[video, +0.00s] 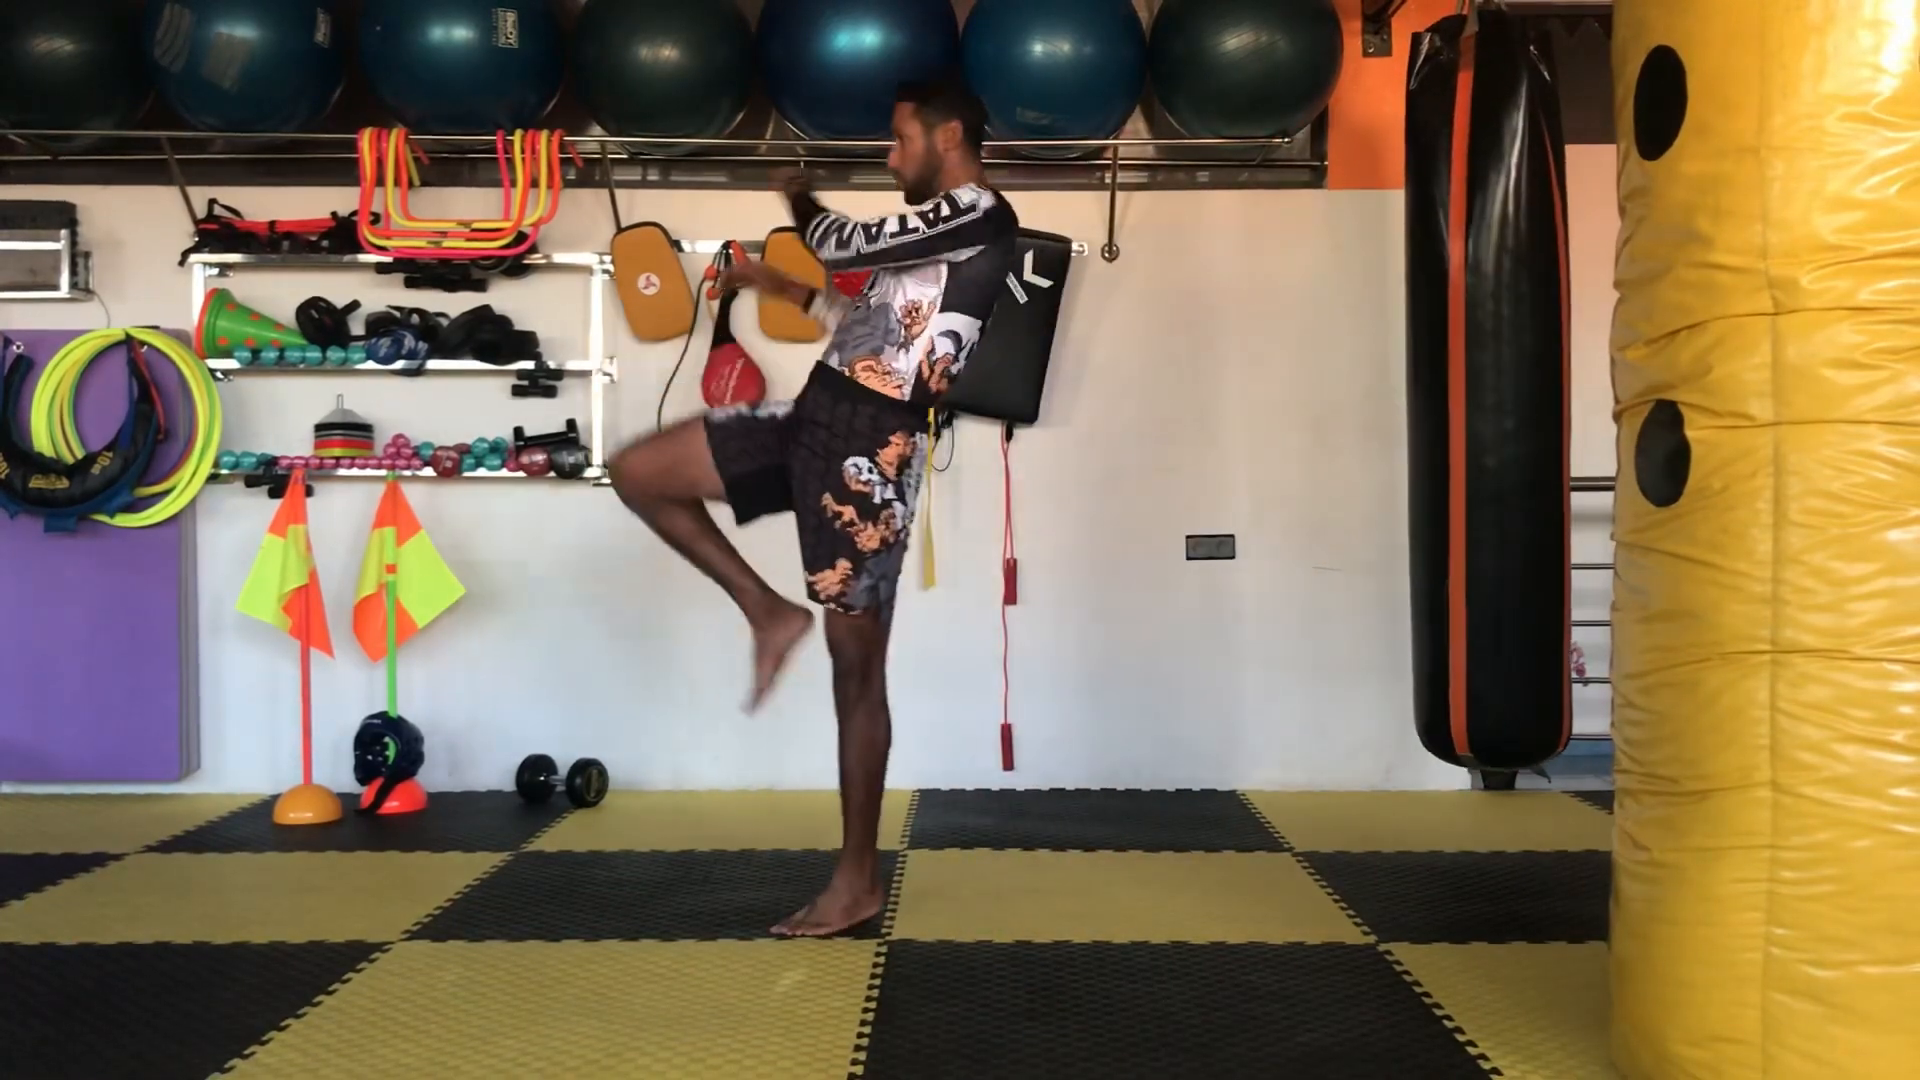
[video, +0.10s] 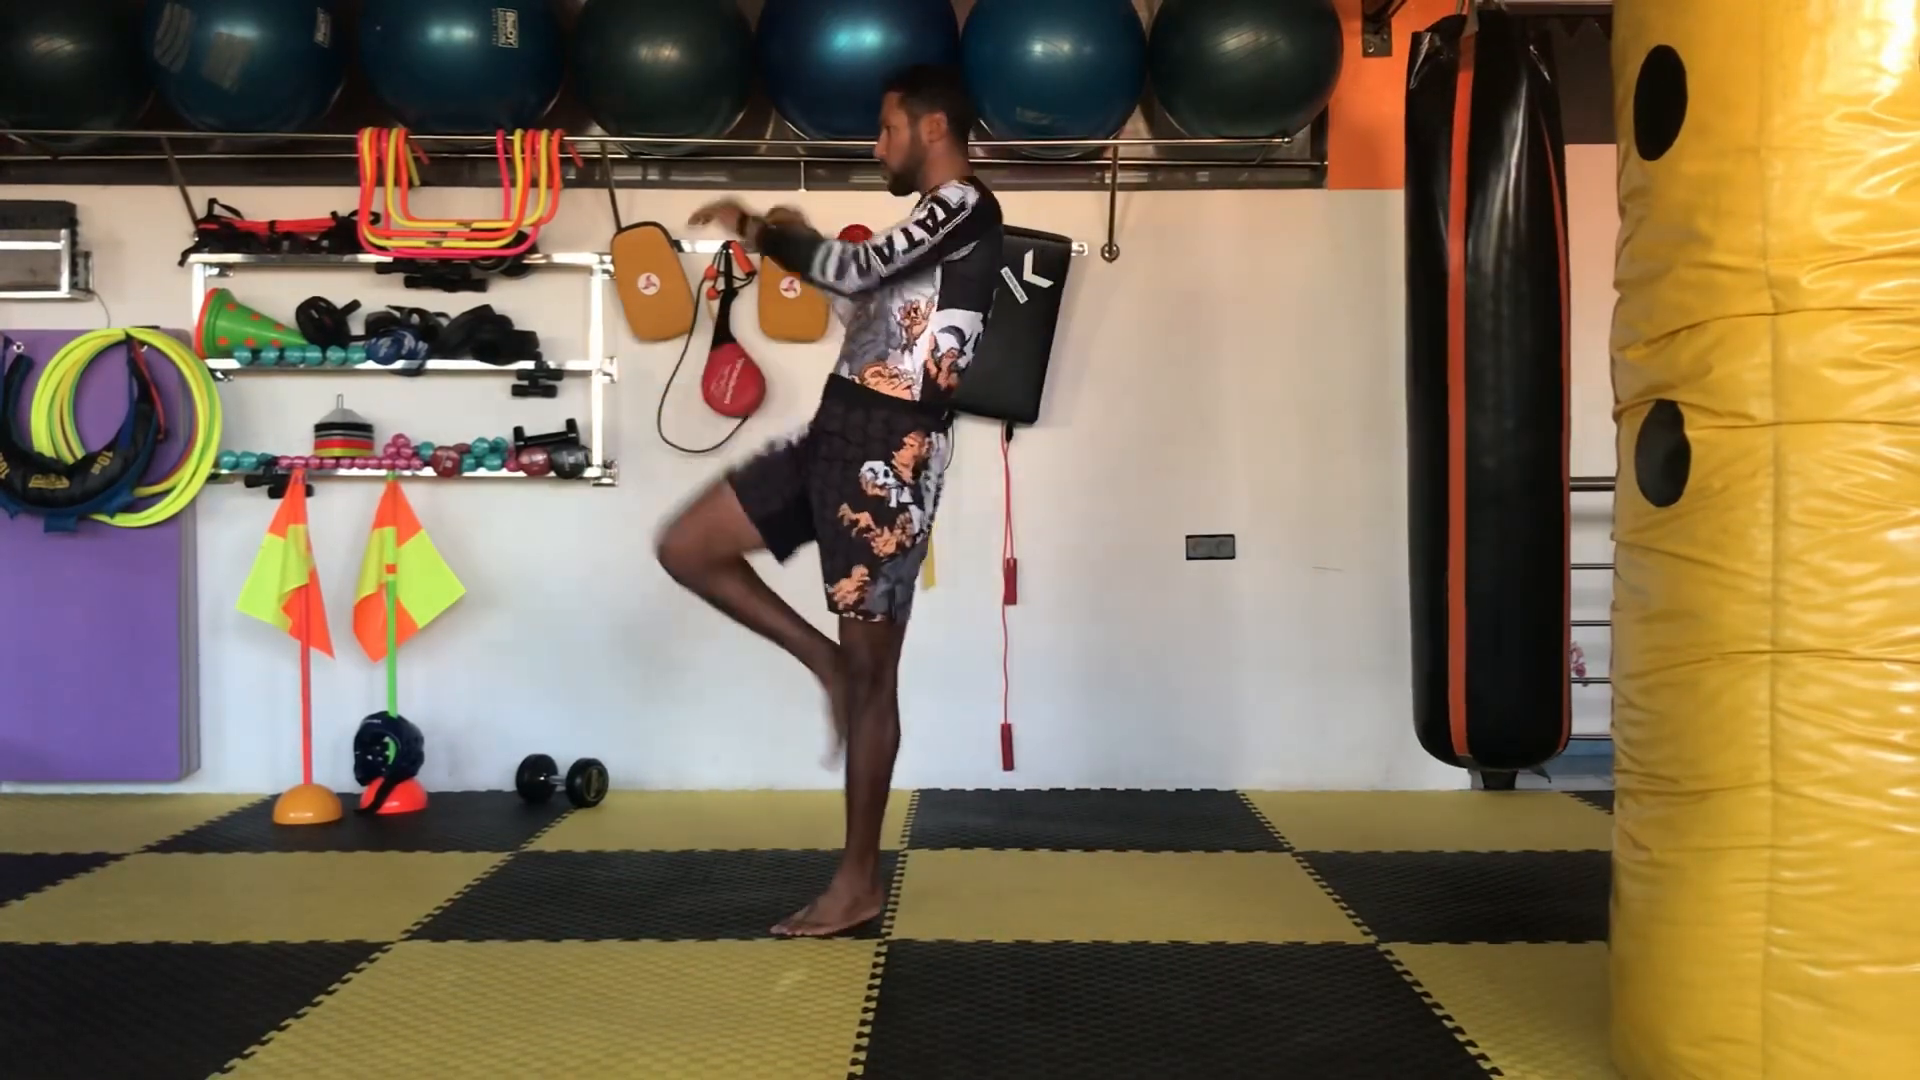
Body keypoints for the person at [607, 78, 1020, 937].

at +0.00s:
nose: (892, 155)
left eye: (901, 138)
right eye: (892, 140)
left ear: (948, 137)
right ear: (947, 138)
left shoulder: (977, 218)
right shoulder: (921, 223)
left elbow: (847, 248)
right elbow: (856, 301)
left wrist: (799, 202)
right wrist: (779, 283)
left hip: (870, 447)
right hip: (810, 423)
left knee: (857, 669)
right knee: (638, 471)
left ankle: (858, 877)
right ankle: (768, 612)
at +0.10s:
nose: (877, 144)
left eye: (886, 126)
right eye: (879, 128)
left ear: (935, 128)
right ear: (934, 133)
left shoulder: (960, 208)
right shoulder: (929, 213)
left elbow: (854, 270)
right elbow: (866, 287)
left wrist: (764, 227)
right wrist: (798, 239)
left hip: (886, 452)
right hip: (836, 439)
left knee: (867, 667)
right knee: (687, 547)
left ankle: (858, 878)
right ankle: (832, 665)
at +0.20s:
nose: (873, 144)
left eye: (882, 128)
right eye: (875, 129)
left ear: (924, 128)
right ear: (930, 131)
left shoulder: (947, 208)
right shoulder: (941, 214)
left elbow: (897, 311)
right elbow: (892, 323)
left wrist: (761, 298)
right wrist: (846, 250)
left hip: (900, 457)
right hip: (864, 449)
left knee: (870, 673)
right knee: (770, 615)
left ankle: (858, 884)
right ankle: (938, 717)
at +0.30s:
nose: (881, 145)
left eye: (889, 129)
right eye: (882, 130)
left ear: (931, 132)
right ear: (942, 136)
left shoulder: (947, 214)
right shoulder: (957, 218)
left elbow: (956, 341)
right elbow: (889, 333)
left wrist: (817, 361)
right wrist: (869, 246)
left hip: (909, 453)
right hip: (917, 451)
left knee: (864, 666)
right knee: (882, 657)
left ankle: (859, 886)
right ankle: (1040, 760)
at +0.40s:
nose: (901, 153)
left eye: (907, 137)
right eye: (902, 138)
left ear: (949, 139)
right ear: (965, 142)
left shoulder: (963, 227)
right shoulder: (987, 225)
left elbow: (993, 366)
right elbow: (934, 354)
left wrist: (862, 397)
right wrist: (896, 263)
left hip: (937, 459)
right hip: (967, 460)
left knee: (860, 663)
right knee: (980, 661)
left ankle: (860, 887)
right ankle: (1129, 811)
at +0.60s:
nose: (952, 199)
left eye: (958, 182)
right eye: (952, 182)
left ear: (998, 182)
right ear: (1019, 184)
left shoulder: (1016, 263)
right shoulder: (1066, 259)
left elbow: (1015, 406)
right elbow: (1020, 383)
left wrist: (906, 385)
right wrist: (963, 311)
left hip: (1037, 495)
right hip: (1085, 494)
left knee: (871, 662)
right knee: (1104, 705)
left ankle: (868, 886)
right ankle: (1206, 894)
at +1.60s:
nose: (983, 205)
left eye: (987, 188)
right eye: (980, 191)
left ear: (1028, 176)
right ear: (1035, 178)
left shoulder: (1069, 244)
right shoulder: (1075, 244)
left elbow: (1066, 369)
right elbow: (1031, 361)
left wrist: (960, 339)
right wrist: (972, 291)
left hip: (1076, 480)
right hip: (1113, 481)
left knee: (908, 631)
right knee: (1104, 696)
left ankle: (948, 854)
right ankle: (1218, 879)